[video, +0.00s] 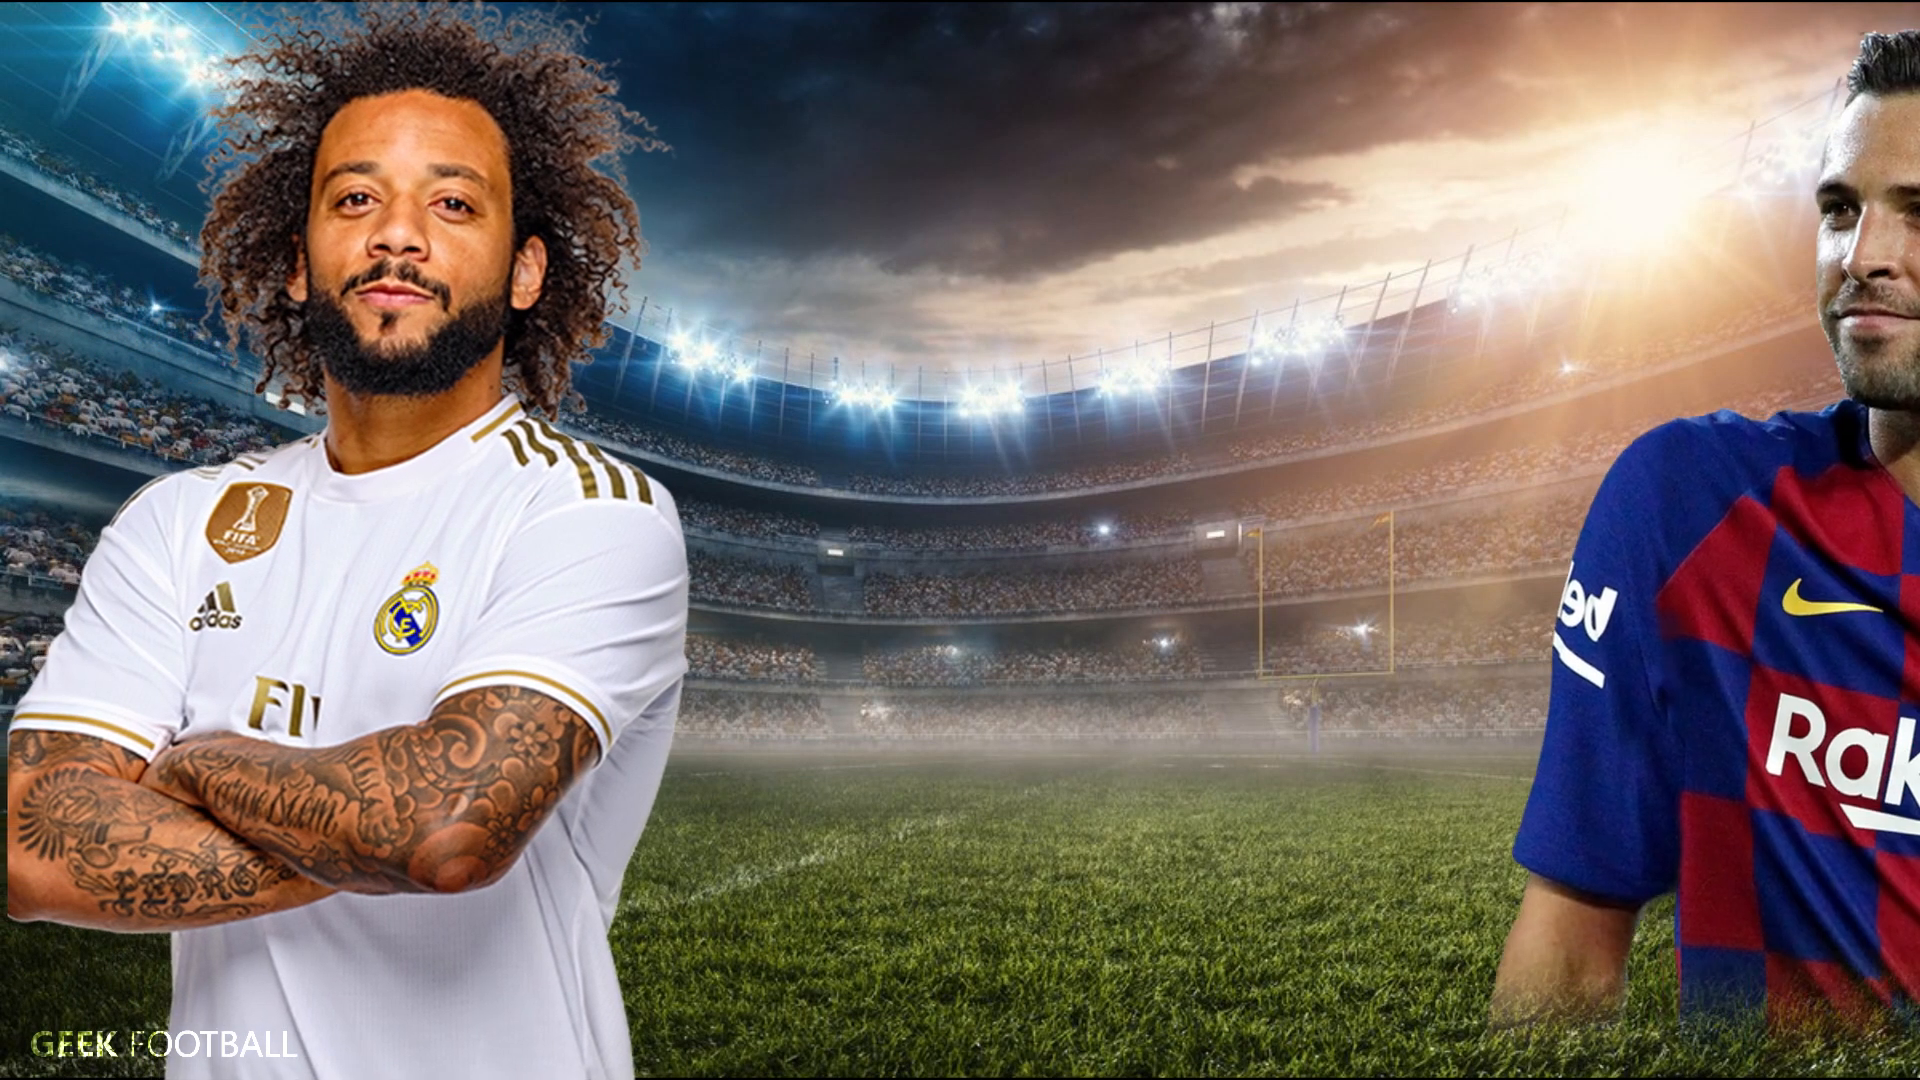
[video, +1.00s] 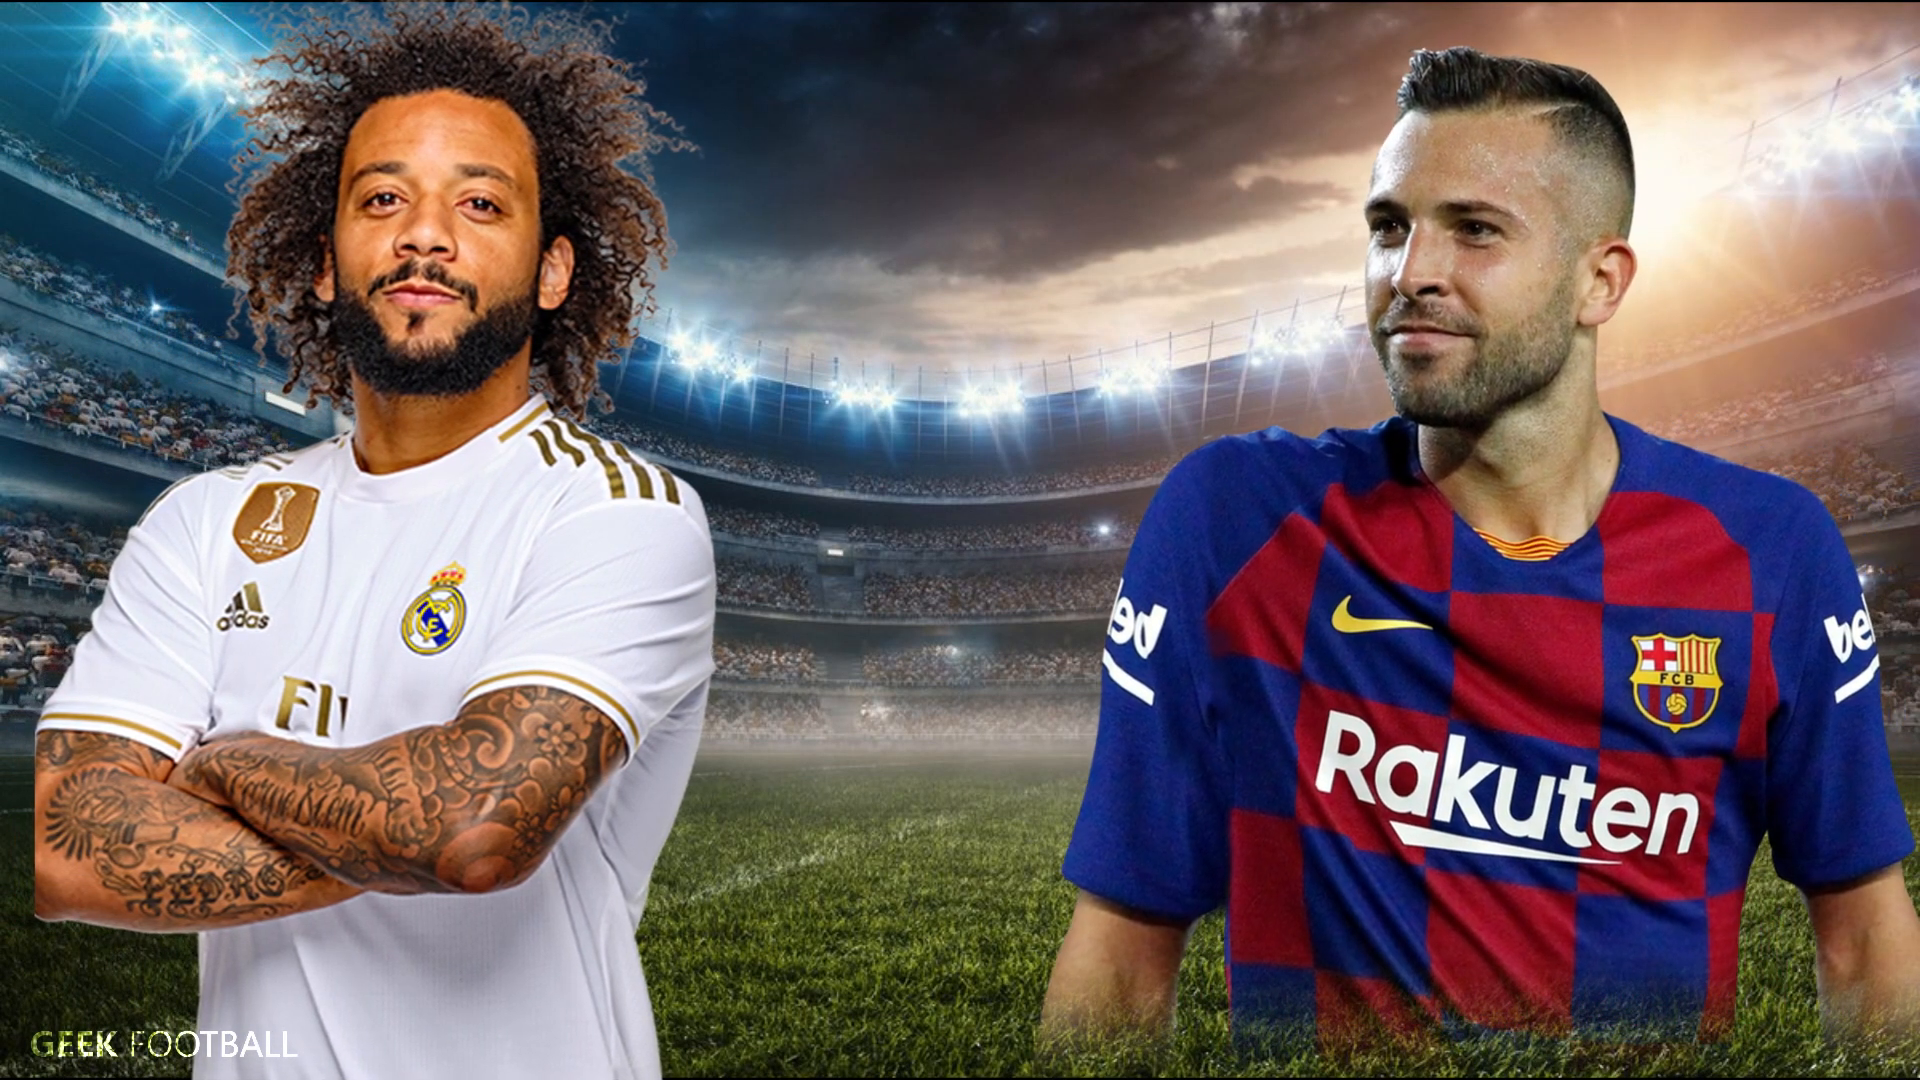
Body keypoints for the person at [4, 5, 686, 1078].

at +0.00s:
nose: (399, 238)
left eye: (454, 203)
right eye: (355, 199)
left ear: (522, 273)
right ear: (302, 259)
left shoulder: (598, 518)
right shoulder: (176, 523)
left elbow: (451, 825)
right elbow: (42, 852)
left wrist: (186, 761)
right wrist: (370, 830)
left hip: (507, 1063)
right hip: (226, 1061)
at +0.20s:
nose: (407, 238)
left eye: (463, 203)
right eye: (364, 198)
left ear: (530, 273)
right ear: (310, 259)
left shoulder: (607, 518)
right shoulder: (186, 522)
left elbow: (459, 824)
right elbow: (53, 853)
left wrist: (194, 763)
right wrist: (378, 831)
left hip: (517, 1063)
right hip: (235, 1062)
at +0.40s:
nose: (416, 237)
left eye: (471, 204)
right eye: (373, 199)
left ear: (540, 273)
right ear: (320, 260)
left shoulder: (614, 518)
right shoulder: (194, 523)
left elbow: (468, 825)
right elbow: (67, 855)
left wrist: (205, 760)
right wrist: (389, 829)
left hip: (526, 1063)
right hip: (246, 1062)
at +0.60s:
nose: (425, 238)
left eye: (480, 204)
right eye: (381, 199)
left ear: (548, 273)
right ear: (328, 259)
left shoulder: (623, 518)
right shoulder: (202, 522)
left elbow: (477, 825)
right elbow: (75, 856)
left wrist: (212, 761)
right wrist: (398, 828)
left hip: (534, 1063)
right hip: (255, 1062)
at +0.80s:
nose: (427, 238)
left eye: (482, 204)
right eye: (383, 199)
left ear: (550, 273)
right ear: (330, 260)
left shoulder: (624, 518)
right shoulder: (204, 523)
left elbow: (479, 825)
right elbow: (77, 856)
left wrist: (215, 761)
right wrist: (399, 830)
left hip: (536, 1063)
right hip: (257, 1062)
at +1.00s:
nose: (426, 238)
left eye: (482, 203)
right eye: (383, 199)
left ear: (549, 273)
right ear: (329, 260)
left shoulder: (624, 518)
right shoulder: (203, 523)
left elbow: (478, 825)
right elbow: (77, 856)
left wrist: (214, 761)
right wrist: (400, 829)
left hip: (535, 1063)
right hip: (256, 1063)